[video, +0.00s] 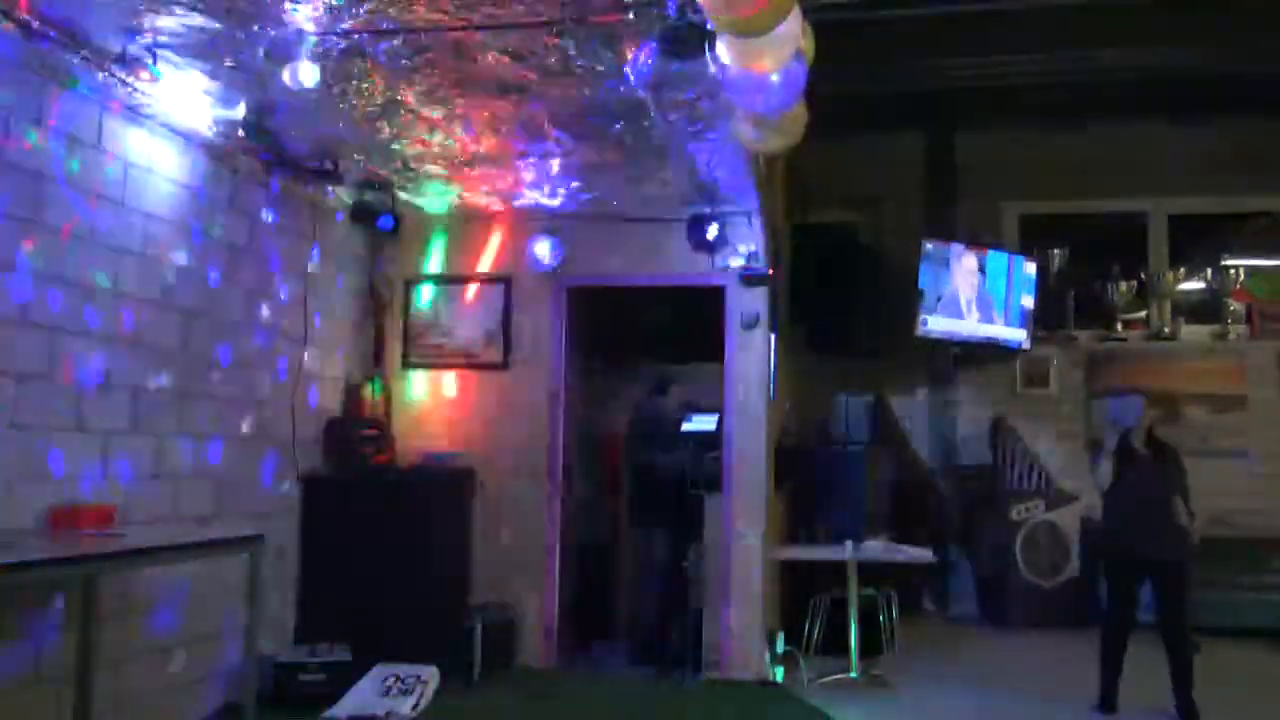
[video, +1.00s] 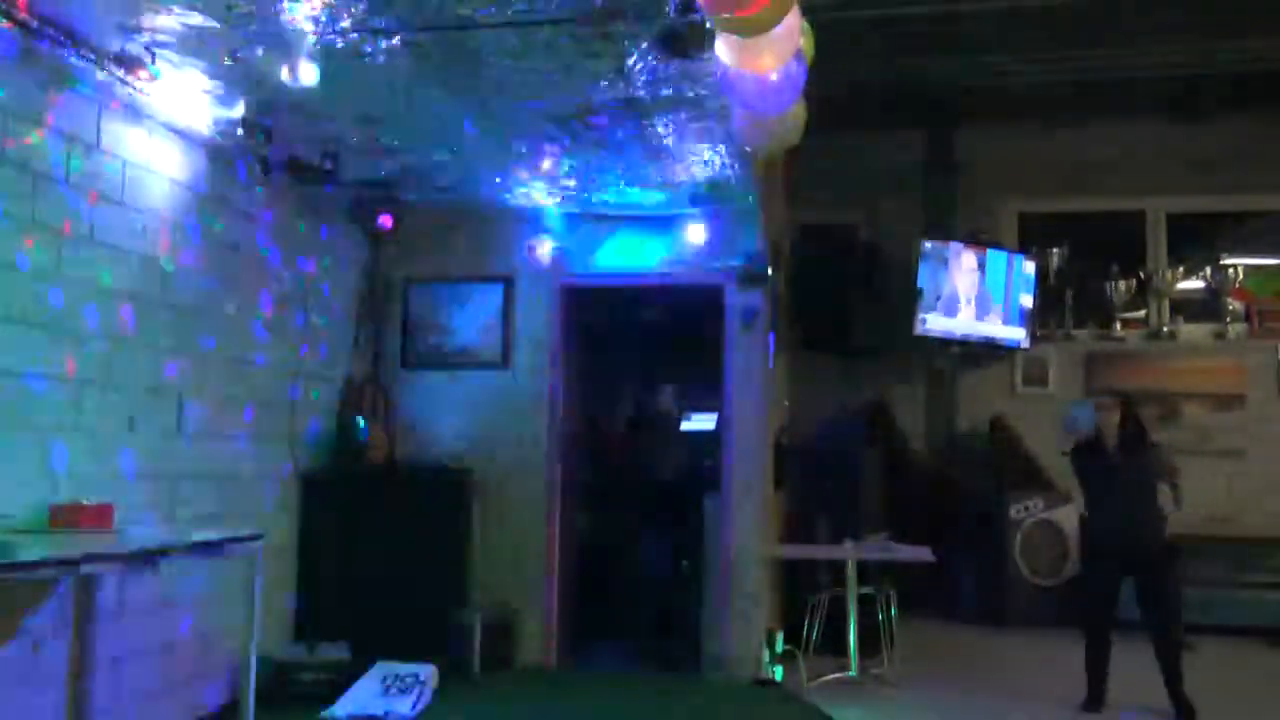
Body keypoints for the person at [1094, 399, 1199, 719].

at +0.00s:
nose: (1142, 419)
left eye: (1145, 412)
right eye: (1136, 414)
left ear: (1153, 416)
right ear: (1126, 419)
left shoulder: (1167, 454)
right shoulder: (1112, 451)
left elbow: (1181, 498)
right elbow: (1104, 483)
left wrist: (1188, 524)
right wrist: (1115, 443)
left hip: (1166, 550)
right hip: (1123, 549)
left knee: (1175, 628)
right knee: (1117, 624)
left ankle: (1185, 702)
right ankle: (1107, 699)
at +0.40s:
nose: (1143, 420)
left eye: (1150, 414)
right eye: (1141, 414)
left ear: (1160, 419)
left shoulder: (1182, 454)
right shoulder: (1128, 451)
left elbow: (1207, 490)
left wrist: (1216, 521)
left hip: (1183, 549)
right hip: (1139, 548)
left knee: (1185, 627)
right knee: (1124, 620)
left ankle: (1184, 699)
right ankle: (1109, 689)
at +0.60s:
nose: (1138, 423)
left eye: (1144, 417)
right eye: (1134, 417)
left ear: (1156, 422)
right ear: (1126, 421)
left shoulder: (1177, 455)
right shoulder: (1120, 456)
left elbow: (1205, 486)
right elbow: (1121, 499)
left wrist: (1215, 519)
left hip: (1182, 549)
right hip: (1138, 551)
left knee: (1182, 628)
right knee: (1116, 622)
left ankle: (1183, 701)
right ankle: (1099, 695)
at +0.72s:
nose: (1128, 423)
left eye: (1134, 416)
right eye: (1124, 416)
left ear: (1147, 420)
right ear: (1116, 422)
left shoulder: (1169, 454)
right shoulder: (1110, 457)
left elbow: (1197, 494)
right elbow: (1113, 500)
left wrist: (1197, 526)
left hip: (1173, 549)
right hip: (1131, 550)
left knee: (1179, 626)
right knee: (1112, 619)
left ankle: (1183, 700)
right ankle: (1097, 694)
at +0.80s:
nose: (1118, 422)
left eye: (1125, 414)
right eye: (1114, 415)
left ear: (1139, 419)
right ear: (1108, 422)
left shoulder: (1160, 450)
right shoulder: (1102, 455)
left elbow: (1189, 485)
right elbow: (1109, 497)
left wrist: (1195, 523)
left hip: (1165, 548)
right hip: (1124, 550)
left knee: (1174, 626)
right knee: (1107, 622)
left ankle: (1181, 698)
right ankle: (1096, 695)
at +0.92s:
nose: (1109, 418)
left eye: (1115, 411)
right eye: (1104, 411)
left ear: (1129, 415)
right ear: (1096, 417)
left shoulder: (1149, 449)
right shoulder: (1089, 454)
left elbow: (1179, 483)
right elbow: (1090, 496)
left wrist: (1179, 520)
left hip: (1155, 544)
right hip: (1107, 546)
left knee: (1168, 623)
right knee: (1100, 623)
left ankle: (1178, 695)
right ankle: (1095, 695)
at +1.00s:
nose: (1105, 417)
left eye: (1111, 410)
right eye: (1099, 411)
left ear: (1123, 414)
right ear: (1091, 416)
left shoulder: (1142, 448)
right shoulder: (1084, 452)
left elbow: (1168, 477)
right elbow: (1093, 493)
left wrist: (1174, 493)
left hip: (1146, 545)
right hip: (1102, 546)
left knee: (1163, 624)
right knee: (1097, 623)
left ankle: (1177, 696)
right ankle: (1095, 695)